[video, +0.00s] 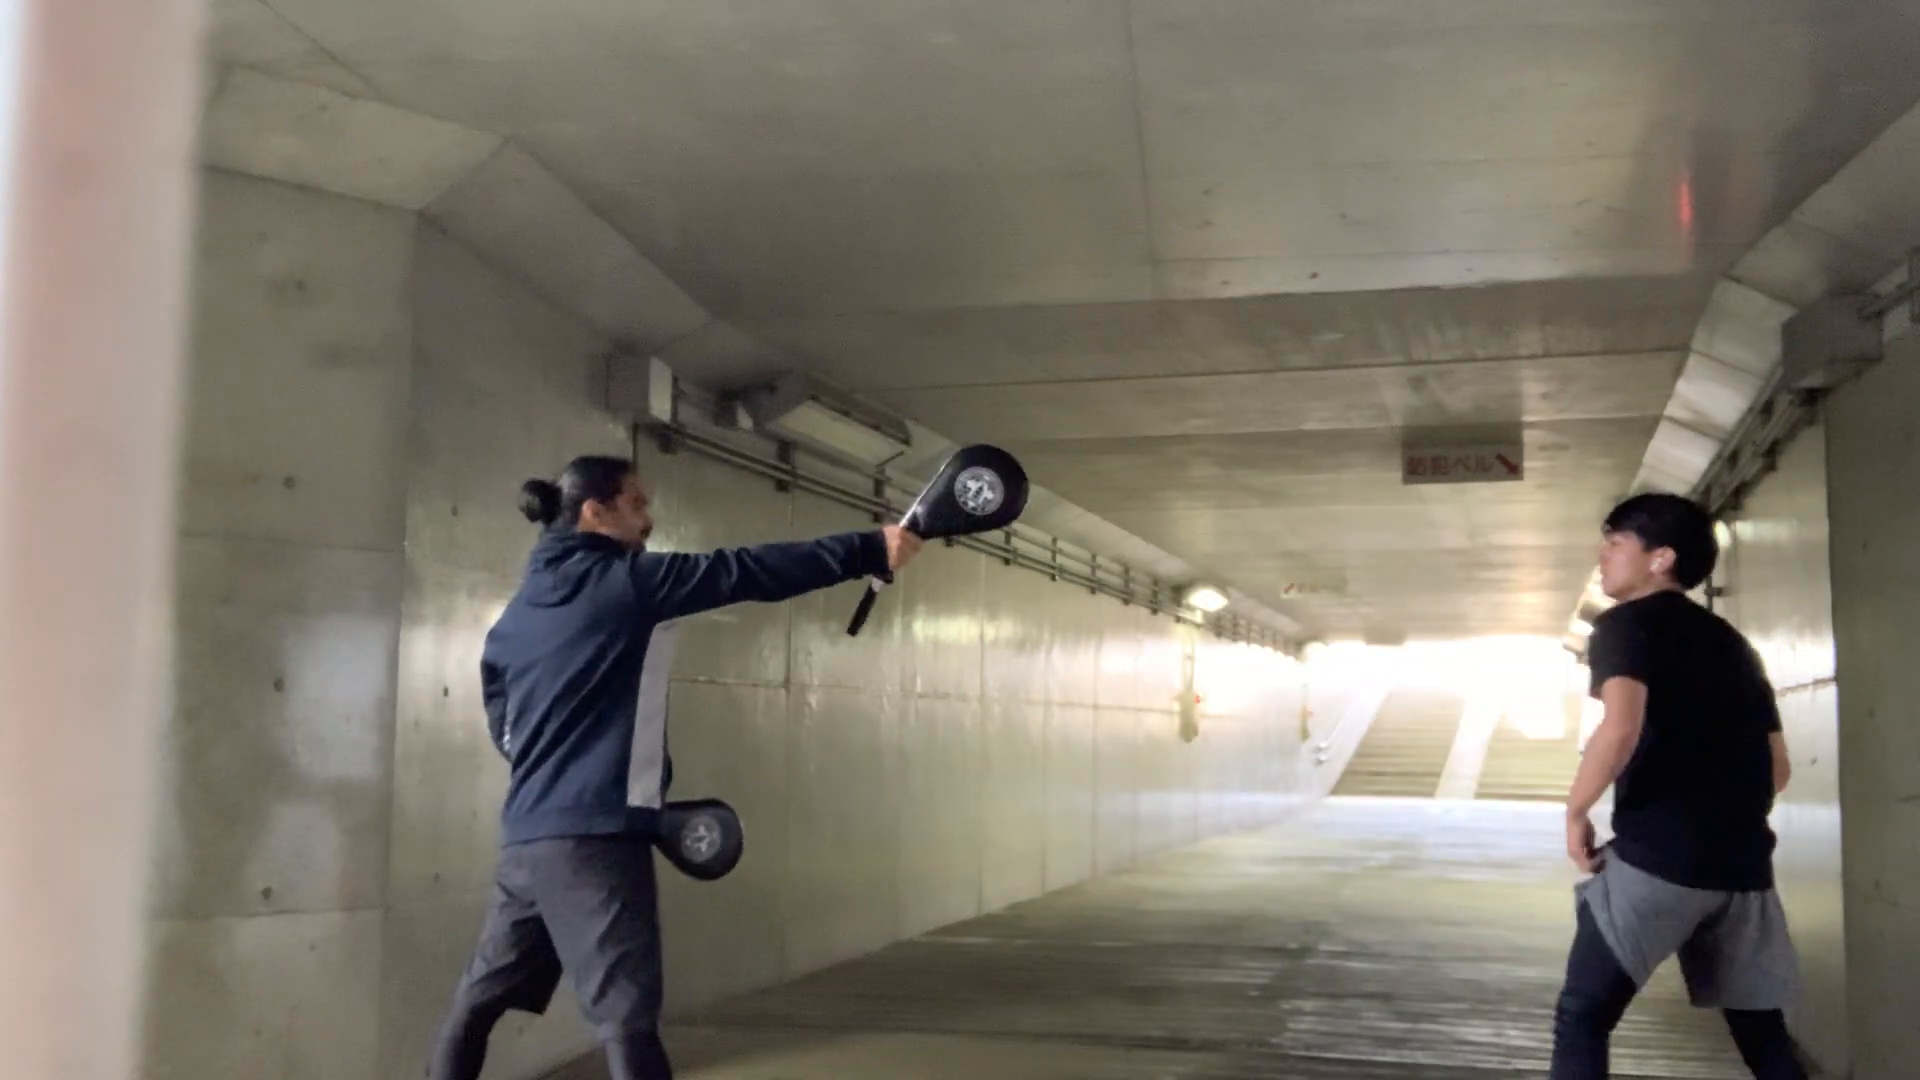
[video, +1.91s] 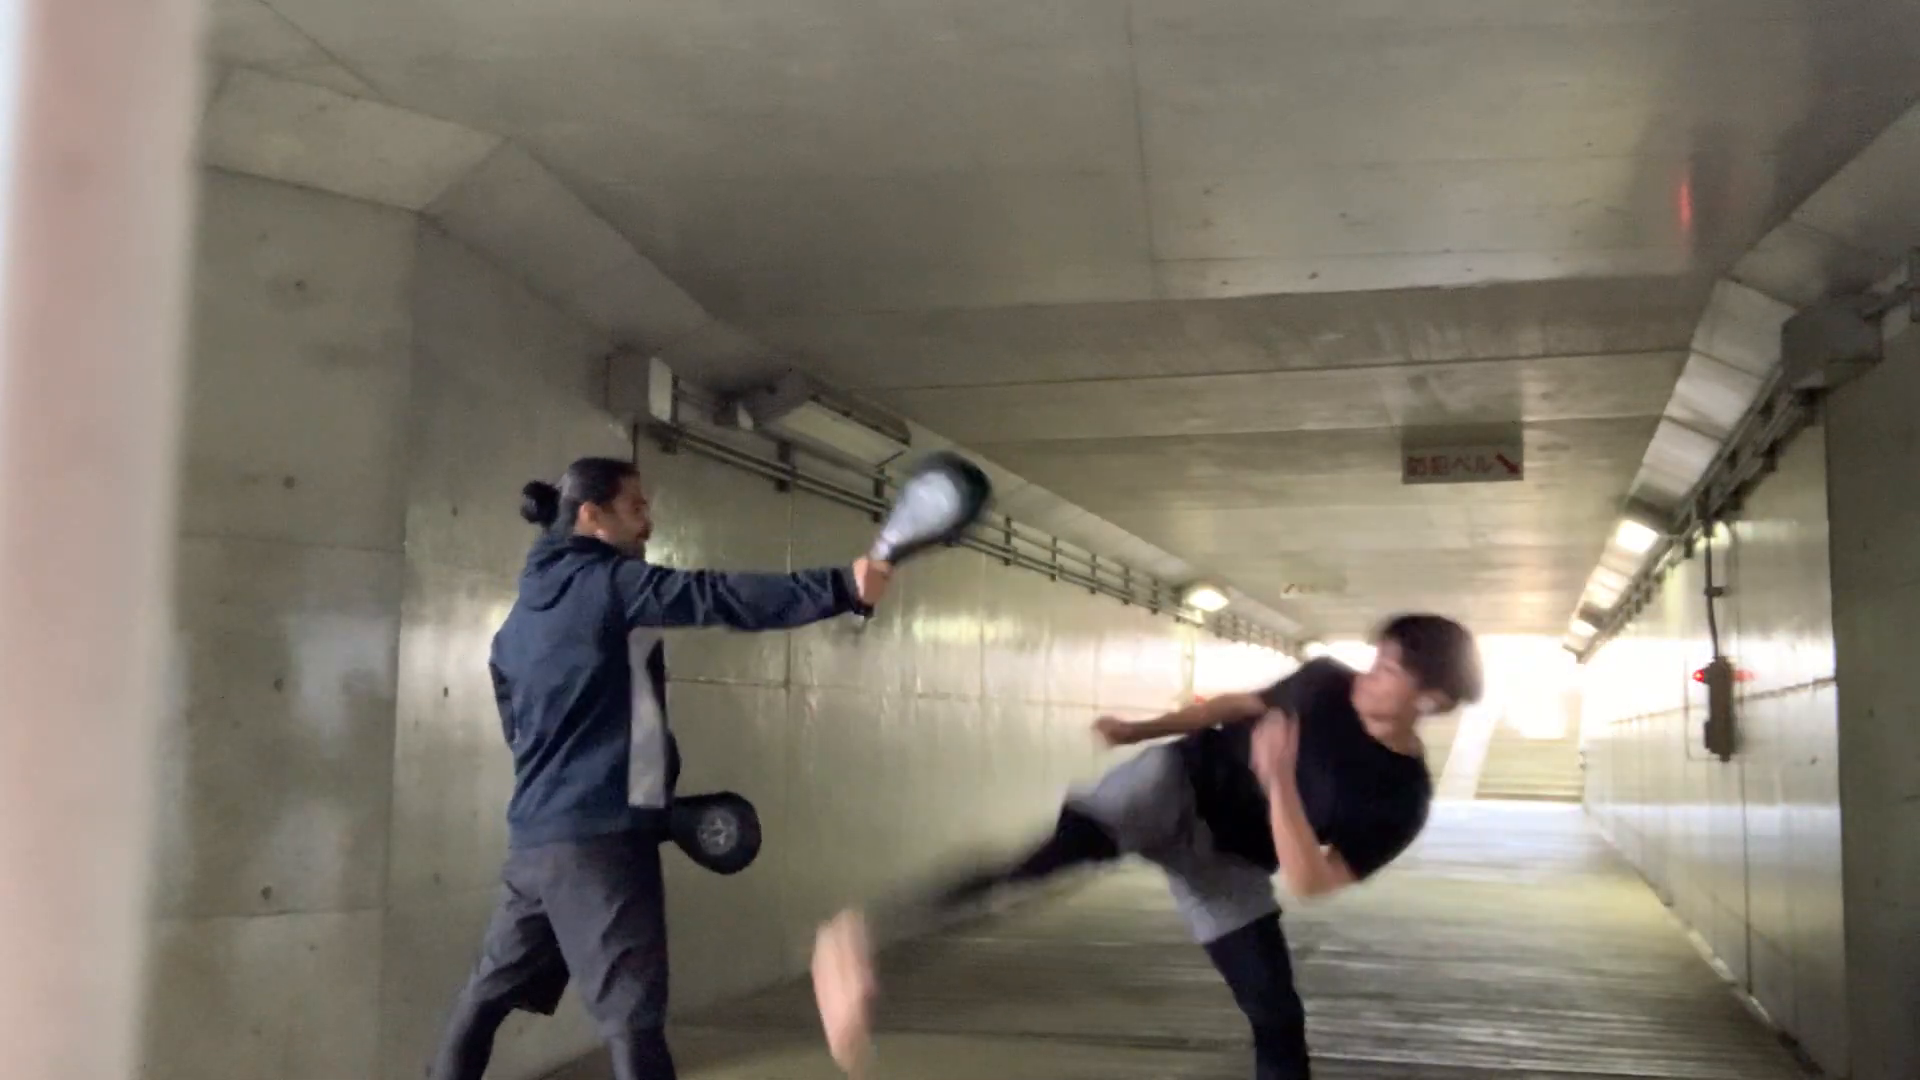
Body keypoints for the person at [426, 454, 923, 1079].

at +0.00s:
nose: (650, 518)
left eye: (646, 503)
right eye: (638, 504)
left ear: (586, 513)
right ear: (594, 511)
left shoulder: (510, 622)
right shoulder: (628, 578)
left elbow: (511, 736)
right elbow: (746, 571)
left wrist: (613, 789)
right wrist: (873, 548)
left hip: (529, 834)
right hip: (592, 832)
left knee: (475, 1004)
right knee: (626, 1022)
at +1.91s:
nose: (648, 521)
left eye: (646, 506)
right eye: (637, 506)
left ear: (584, 518)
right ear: (592, 515)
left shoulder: (513, 629)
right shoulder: (612, 582)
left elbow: (533, 750)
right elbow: (719, 595)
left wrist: (643, 801)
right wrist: (843, 586)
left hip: (535, 837)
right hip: (598, 835)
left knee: (485, 998)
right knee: (633, 1023)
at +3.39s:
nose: (633, 519)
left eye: (630, 506)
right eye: (622, 506)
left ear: (567, 517)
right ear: (578, 512)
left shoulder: (503, 632)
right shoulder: (609, 577)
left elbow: (529, 747)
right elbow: (728, 570)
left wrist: (639, 790)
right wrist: (850, 542)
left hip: (533, 838)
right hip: (597, 836)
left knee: (481, 1004)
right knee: (629, 1025)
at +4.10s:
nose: (632, 518)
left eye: (629, 505)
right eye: (621, 505)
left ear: (567, 517)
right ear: (576, 513)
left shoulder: (500, 632)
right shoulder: (613, 578)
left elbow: (522, 744)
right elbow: (731, 573)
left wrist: (633, 778)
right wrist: (856, 552)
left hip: (532, 840)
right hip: (595, 839)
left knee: (477, 1007)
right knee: (627, 1025)